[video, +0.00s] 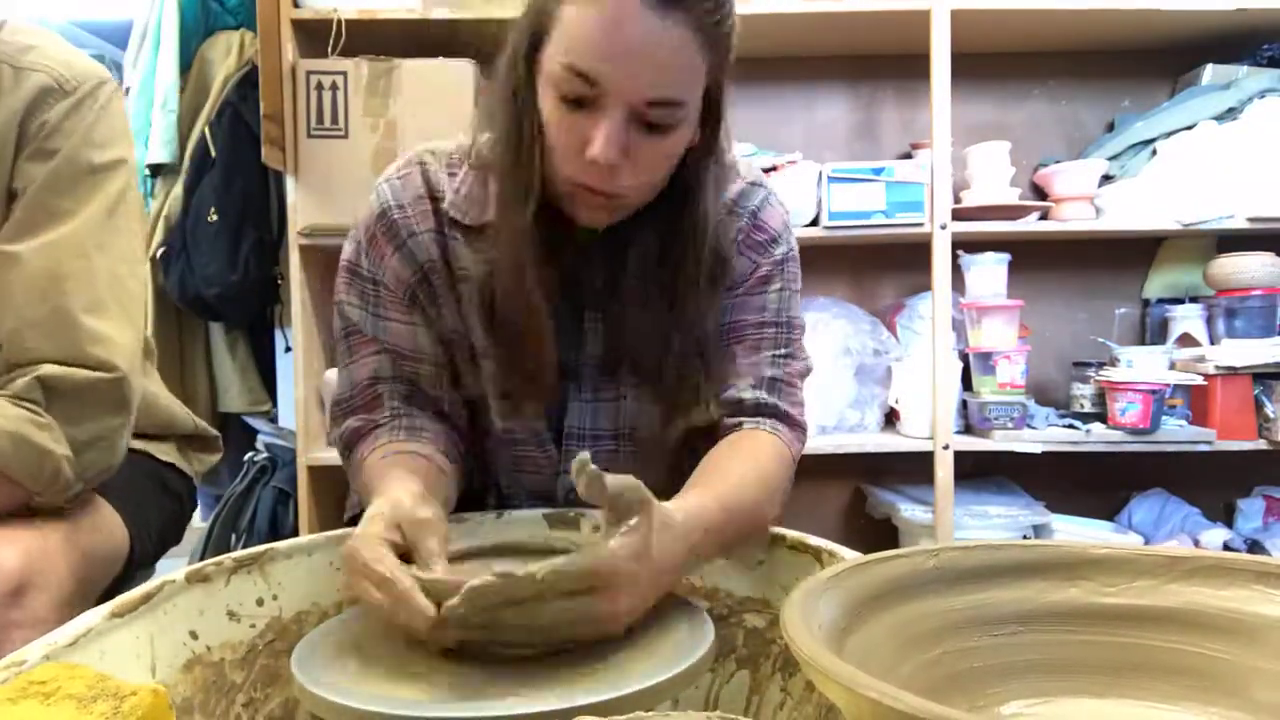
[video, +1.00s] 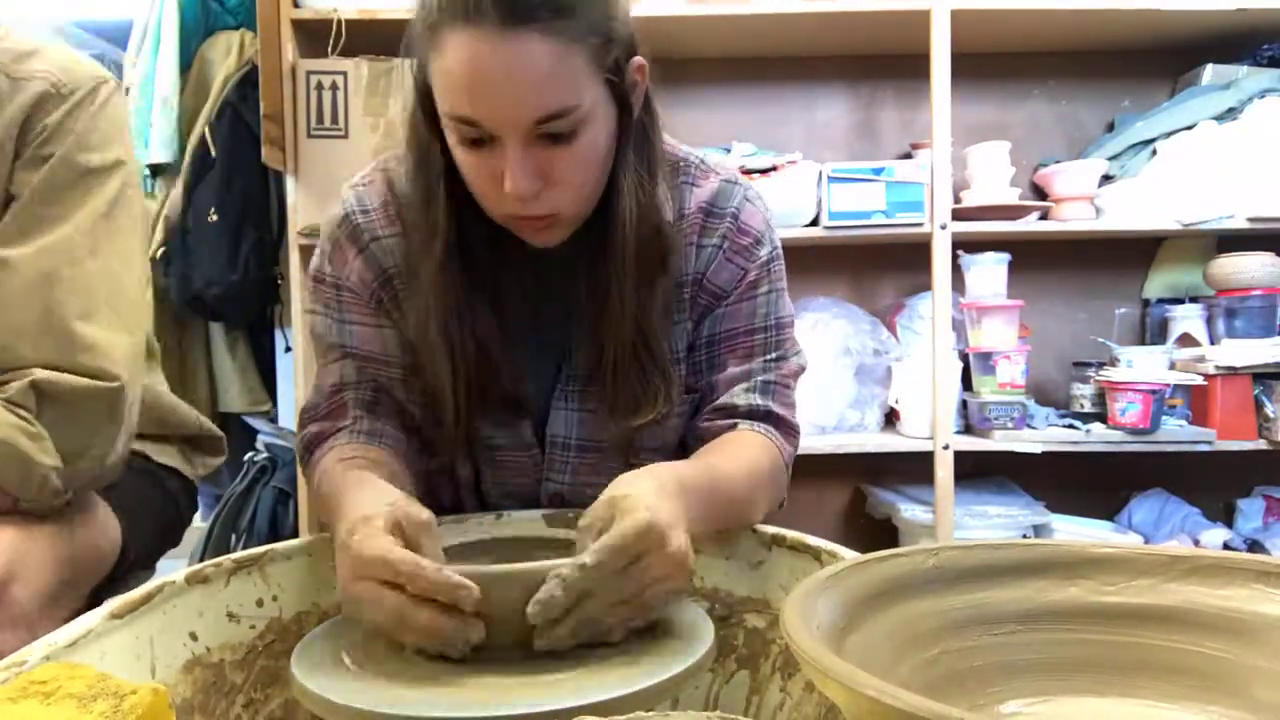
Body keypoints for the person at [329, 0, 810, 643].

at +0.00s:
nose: (604, 152)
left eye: (655, 122)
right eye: (577, 100)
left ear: (703, 121)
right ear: (528, 74)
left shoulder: (741, 224)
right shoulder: (416, 211)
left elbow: (765, 428)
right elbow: (398, 409)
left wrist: (675, 538)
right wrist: (403, 494)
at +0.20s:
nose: (537, 197)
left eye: (579, 153)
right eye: (495, 152)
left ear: (647, 107)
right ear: (454, 119)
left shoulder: (720, 222)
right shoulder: (391, 223)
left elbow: (756, 439)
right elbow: (396, 418)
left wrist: (668, 503)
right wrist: (395, 499)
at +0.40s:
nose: (531, 212)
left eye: (572, 166)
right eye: (487, 168)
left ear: (638, 117)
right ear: (445, 133)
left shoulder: (720, 222)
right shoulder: (386, 221)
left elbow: (760, 439)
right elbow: (385, 414)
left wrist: (674, 493)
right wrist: (390, 500)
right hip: (461, 580)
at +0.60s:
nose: (521, 177)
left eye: (560, 128)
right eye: (480, 134)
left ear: (631, 90)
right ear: (440, 114)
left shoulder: (721, 224)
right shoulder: (386, 226)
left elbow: (762, 443)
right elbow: (387, 420)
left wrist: (675, 493)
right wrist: (391, 502)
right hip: (464, 599)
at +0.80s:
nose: (534, 211)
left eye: (573, 162)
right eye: (489, 166)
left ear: (640, 114)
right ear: (446, 132)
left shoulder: (723, 230)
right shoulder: (384, 229)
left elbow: (758, 457)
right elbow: (384, 420)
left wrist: (656, 483)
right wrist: (390, 491)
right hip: (458, 600)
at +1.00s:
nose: (518, 182)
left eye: (556, 133)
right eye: (474, 139)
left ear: (630, 89)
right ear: (435, 119)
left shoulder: (718, 221)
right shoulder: (378, 223)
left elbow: (759, 436)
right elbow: (350, 420)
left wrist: (679, 496)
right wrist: (363, 506)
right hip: (448, 611)